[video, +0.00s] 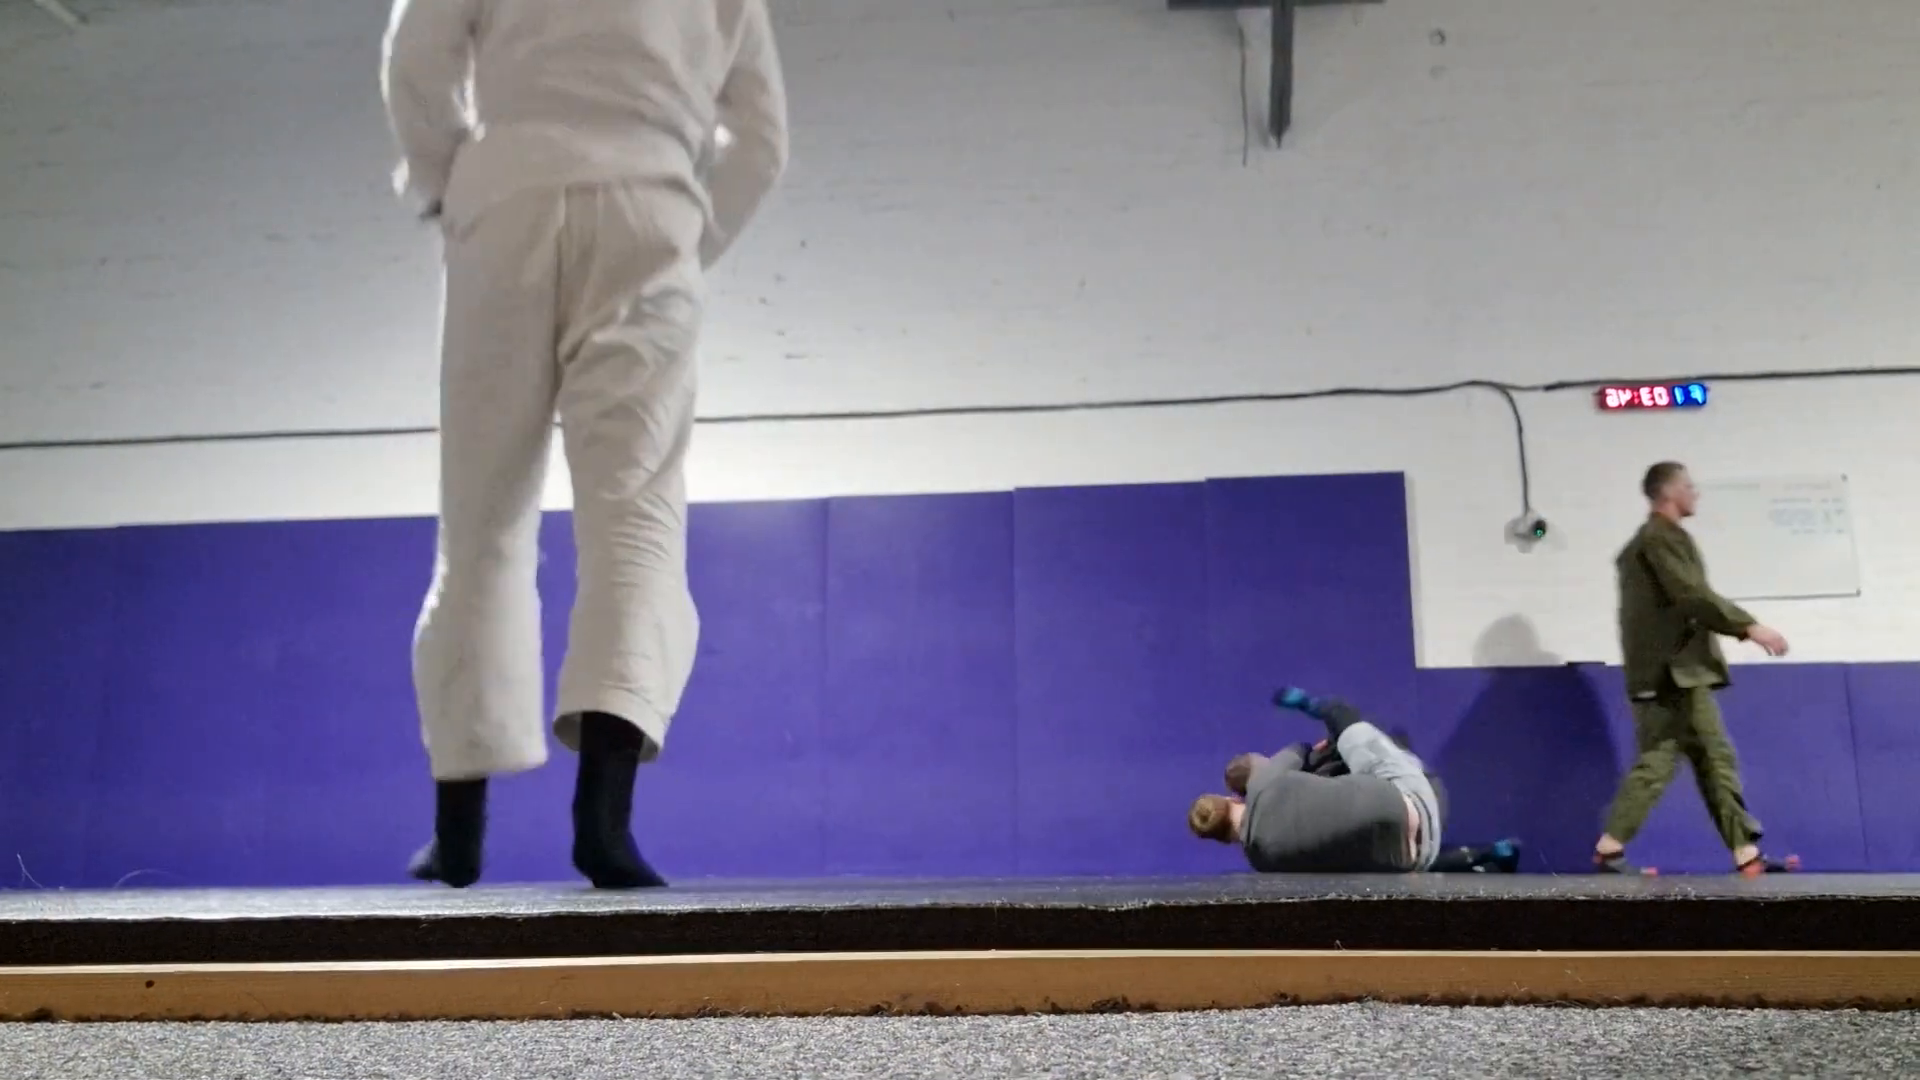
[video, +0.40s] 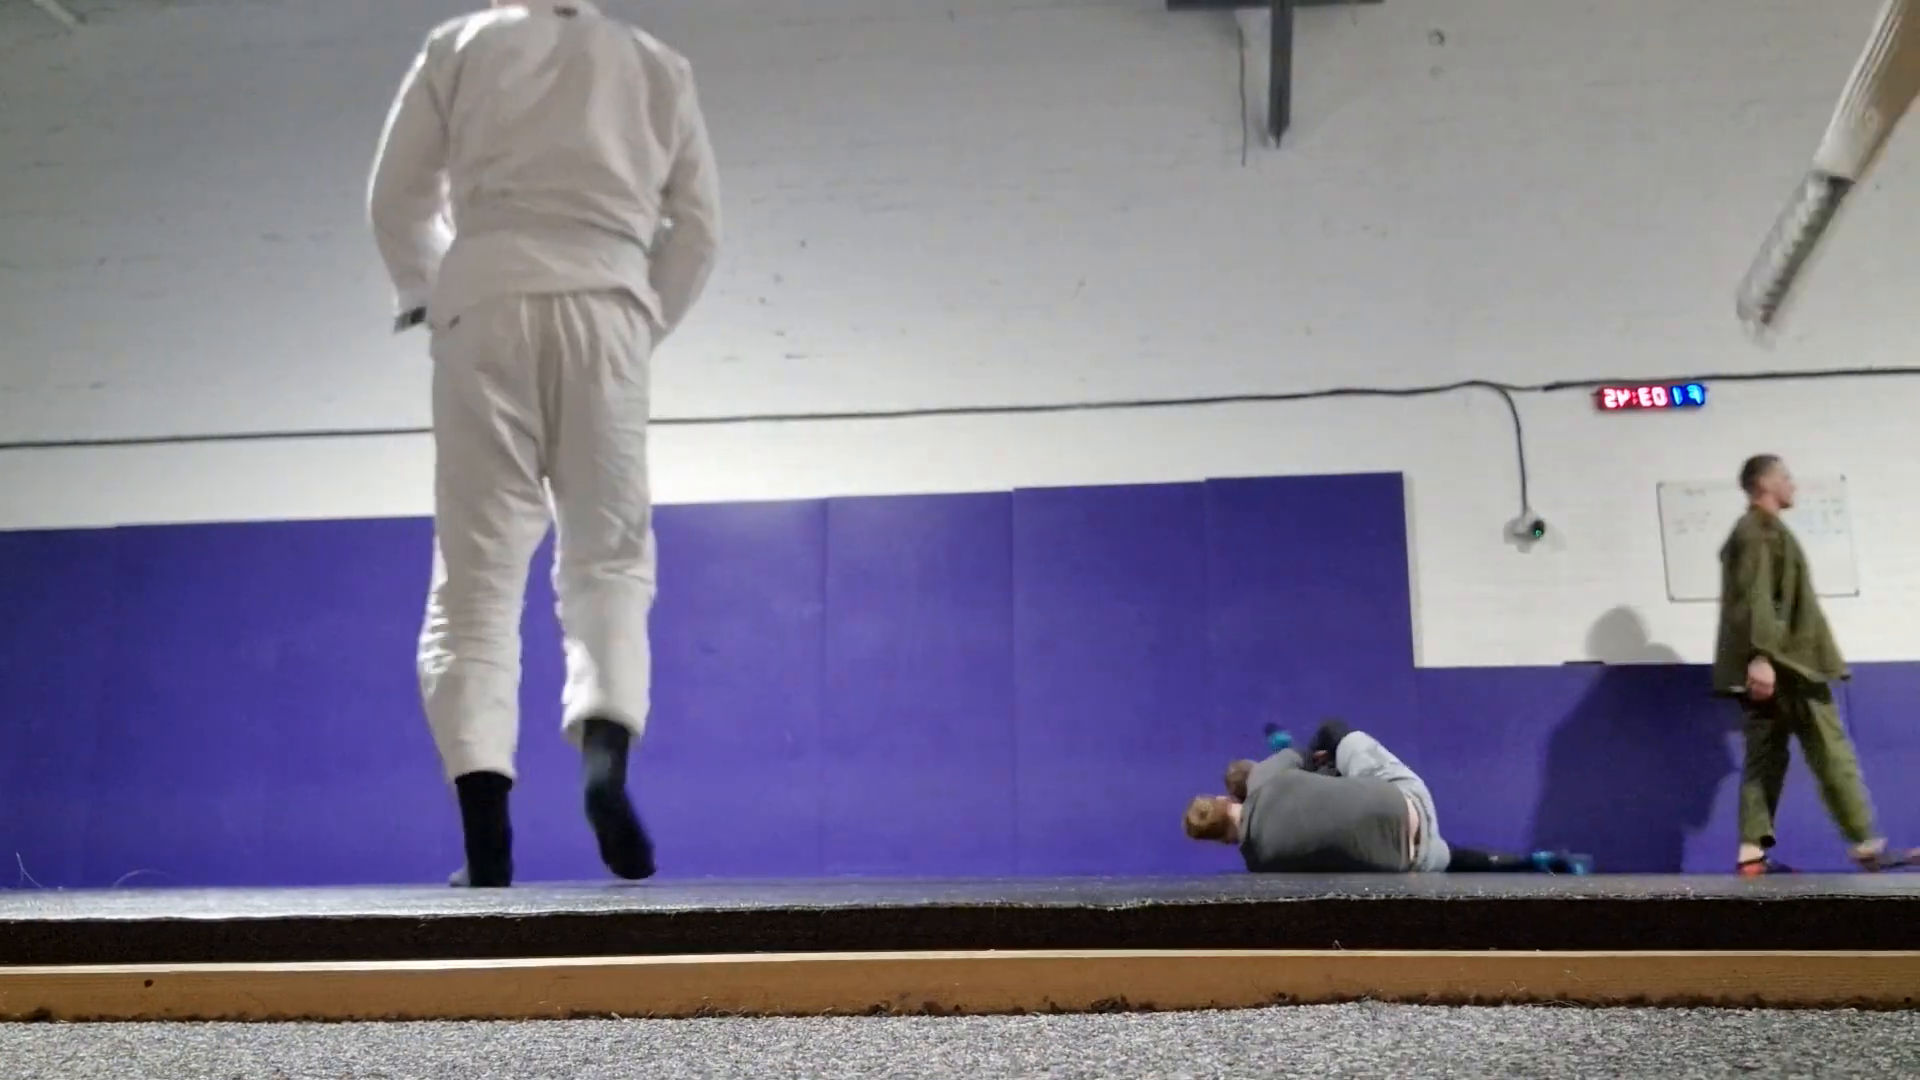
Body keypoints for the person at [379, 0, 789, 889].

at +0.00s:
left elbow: (413, 58)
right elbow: (763, 137)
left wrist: (448, 185)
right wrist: (682, 236)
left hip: (504, 182)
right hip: (646, 185)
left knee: (485, 514)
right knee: (634, 503)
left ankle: (458, 833)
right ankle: (604, 821)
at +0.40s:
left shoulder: (456, 46)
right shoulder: (659, 64)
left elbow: (396, 197)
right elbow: (696, 228)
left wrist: (431, 295)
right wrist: (637, 323)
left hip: (481, 298)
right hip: (605, 303)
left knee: (480, 558)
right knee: (610, 547)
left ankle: (485, 834)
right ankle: (606, 752)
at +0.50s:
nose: (492, 18)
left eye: (492, 10)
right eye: (499, 13)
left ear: (505, 8)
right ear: (587, 12)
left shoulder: (458, 72)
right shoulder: (652, 92)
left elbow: (396, 218)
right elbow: (685, 246)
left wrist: (436, 316)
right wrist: (635, 338)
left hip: (486, 323)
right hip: (606, 329)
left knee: (483, 579)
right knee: (604, 578)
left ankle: (488, 848)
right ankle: (607, 838)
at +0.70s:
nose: (503, 79)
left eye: (504, 65)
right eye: (507, 67)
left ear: (520, 59)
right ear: (586, 67)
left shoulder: (483, 123)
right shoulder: (655, 153)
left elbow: (414, 251)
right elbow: (682, 301)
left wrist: (438, 354)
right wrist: (635, 383)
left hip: (503, 368)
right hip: (612, 377)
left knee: (498, 594)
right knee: (601, 613)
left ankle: (496, 785)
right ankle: (596, 850)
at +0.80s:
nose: (501, 94)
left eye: (503, 79)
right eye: (504, 81)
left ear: (521, 71)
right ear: (583, 82)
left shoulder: (495, 135)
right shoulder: (655, 174)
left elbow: (431, 251)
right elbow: (683, 315)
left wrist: (444, 360)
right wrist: (635, 392)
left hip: (512, 377)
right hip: (616, 391)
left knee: (464, 607)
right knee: (603, 630)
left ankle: (491, 750)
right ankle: (595, 854)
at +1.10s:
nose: (458, 142)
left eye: (463, 126)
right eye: (458, 127)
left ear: (498, 121)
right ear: (535, 125)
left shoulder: (493, 185)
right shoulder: (601, 217)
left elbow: (457, 290)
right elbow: (610, 345)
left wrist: (415, 375)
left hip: (513, 418)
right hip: (599, 428)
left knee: (452, 630)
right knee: (556, 627)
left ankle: (479, 846)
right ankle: (595, 834)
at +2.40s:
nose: (578, 230)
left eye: (593, 219)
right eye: (567, 214)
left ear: (610, 226)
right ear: (540, 212)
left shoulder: (630, 309)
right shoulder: (496, 280)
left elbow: (660, 404)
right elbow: (463, 341)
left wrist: (695, 484)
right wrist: (533, 269)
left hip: (600, 499)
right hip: (512, 492)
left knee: (592, 668)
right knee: (481, 665)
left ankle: (569, 845)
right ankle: (481, 848)